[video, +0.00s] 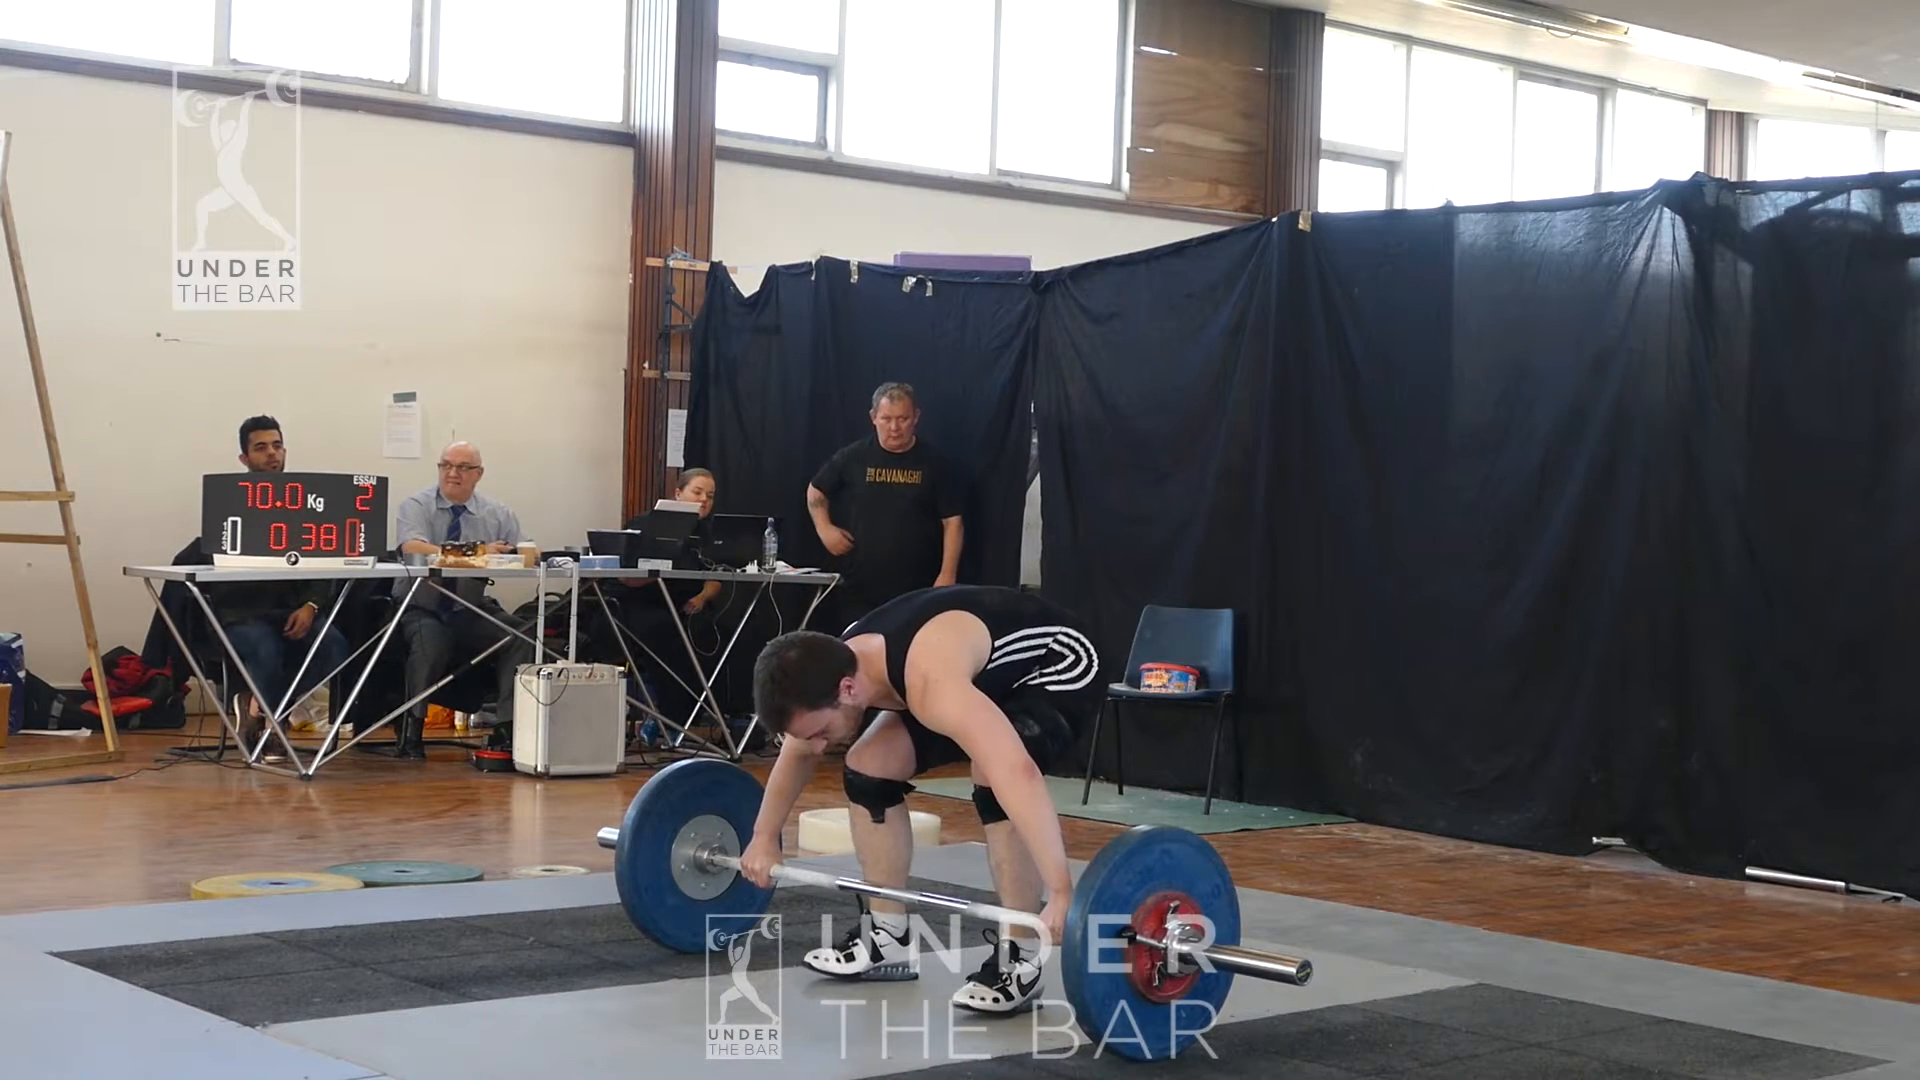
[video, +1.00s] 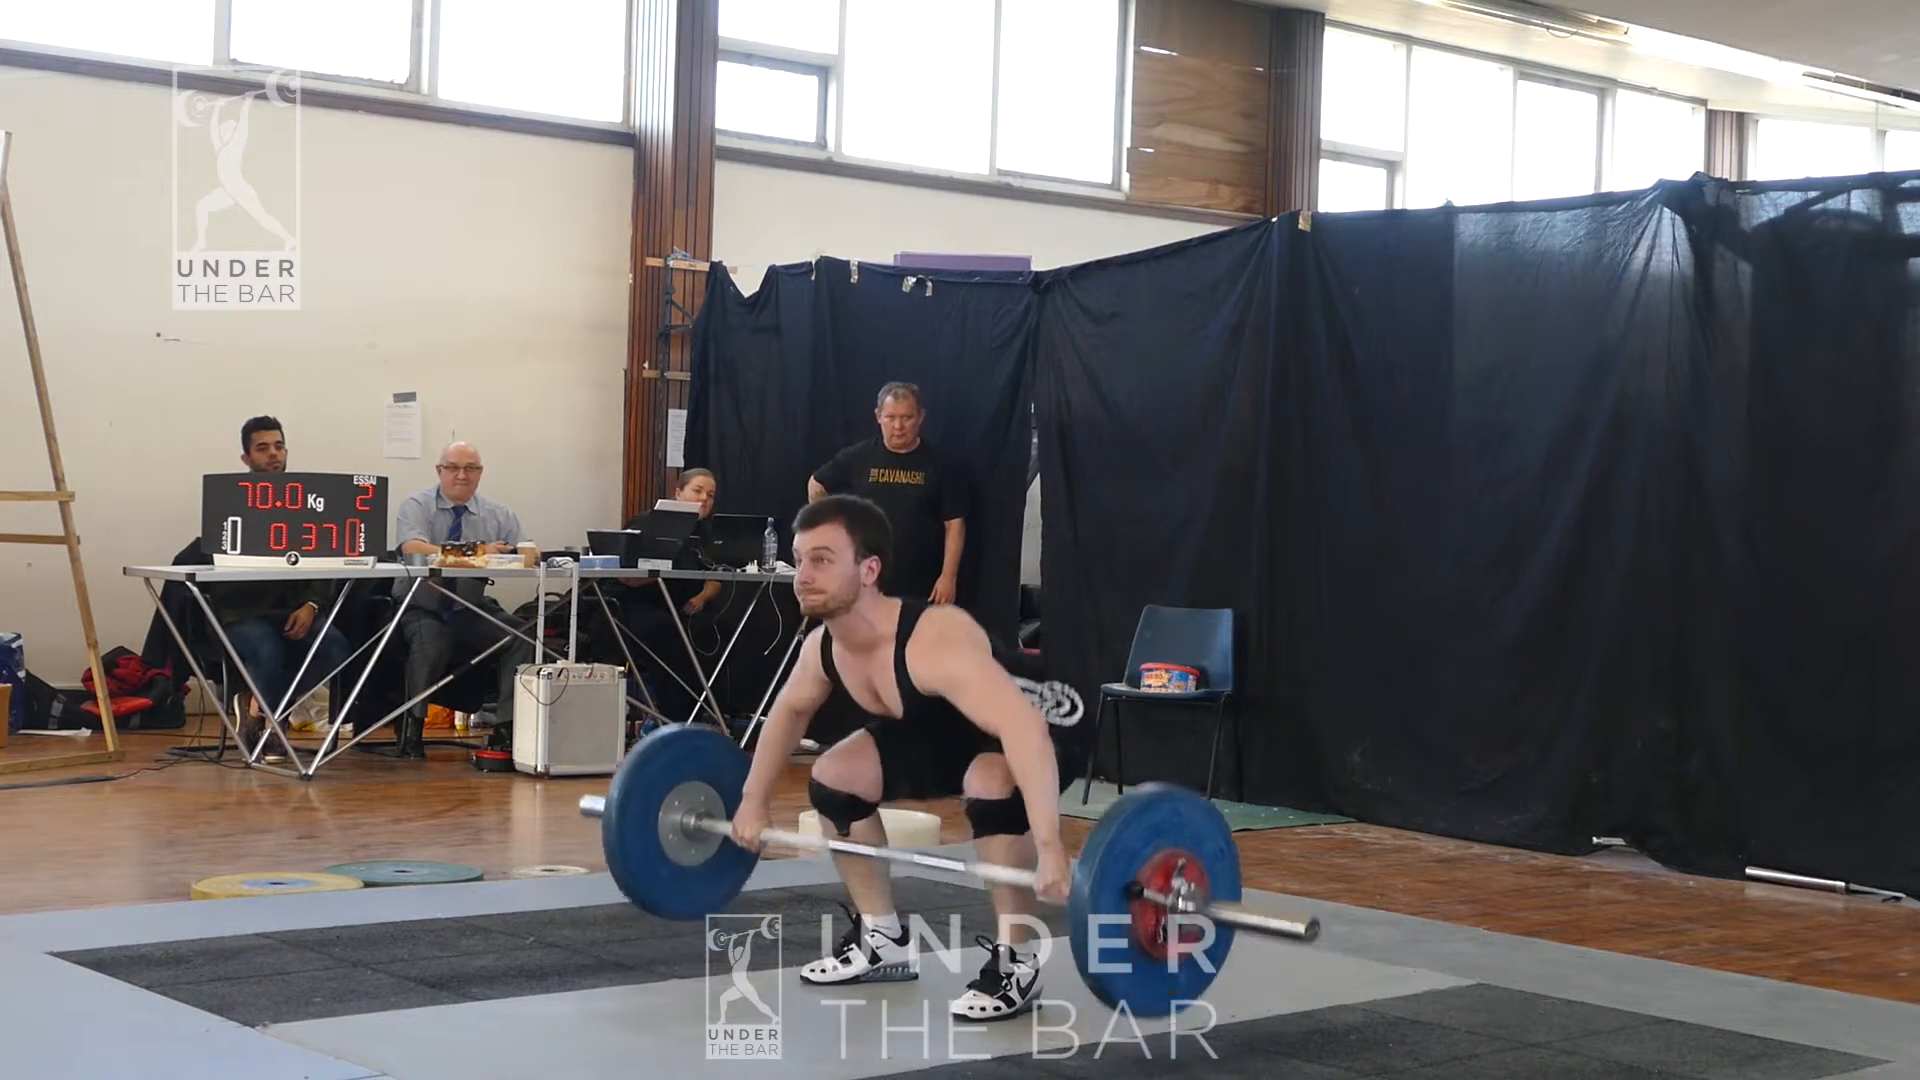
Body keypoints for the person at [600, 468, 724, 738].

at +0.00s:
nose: (704, 500)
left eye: (710, 496)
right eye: (697, 492)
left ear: (714, 502)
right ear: (679, 493)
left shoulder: (709, 532)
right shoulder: (647, 525)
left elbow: (717, 577)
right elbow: (628, 578)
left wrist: (703, 597)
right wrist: (660, 567)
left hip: (683, 607)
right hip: (641, 604)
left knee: (707, 632)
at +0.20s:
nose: (703, 500)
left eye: (710, 495)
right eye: (697, 492)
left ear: (713, 503)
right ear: (678, 494)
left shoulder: (705, 534)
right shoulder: (648, 525)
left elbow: (716, 579)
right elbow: (628, 577)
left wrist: (702, 597)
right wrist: (662, 568)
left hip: (682, 609)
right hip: (643, 607)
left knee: (708, 633)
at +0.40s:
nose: (704, 500)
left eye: (710, 495)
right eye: (697, 492)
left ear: (714, 502)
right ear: (678, 494)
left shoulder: (706, 534)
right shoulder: (648, 525)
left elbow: (716, 579)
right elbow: (628, 578)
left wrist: (702, 597)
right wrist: (663, 568)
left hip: (683, 610)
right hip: (643, 607)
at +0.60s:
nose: (704, 500)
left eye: (710, 495)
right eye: (697, 492)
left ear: (714, 502)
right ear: (678, 494)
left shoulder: (705, 534)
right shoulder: (647, 524)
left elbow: (716, 578)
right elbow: (628, 577)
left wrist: (702, 597)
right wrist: (664, 567)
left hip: (682, 613)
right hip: (642, 610)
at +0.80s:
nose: (704, 500)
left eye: (710, 495)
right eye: (697, 492)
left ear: (714, 502)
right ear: (678, 493)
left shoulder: (705, 534)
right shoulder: (648, 524)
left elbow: (717, 578)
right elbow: (628, 578)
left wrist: (702, 598)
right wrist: (664, 568)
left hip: (683, 615)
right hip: (643, 612)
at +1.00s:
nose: (704, 499)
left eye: (710, 495)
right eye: (697, 491)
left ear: (714, 502)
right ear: (678, 493)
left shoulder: (706, 534)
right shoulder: (646, 525)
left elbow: (717, 578)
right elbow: (629, 578)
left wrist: (701, 597)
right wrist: (661, 567)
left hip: (685, 614)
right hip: (643, 612)